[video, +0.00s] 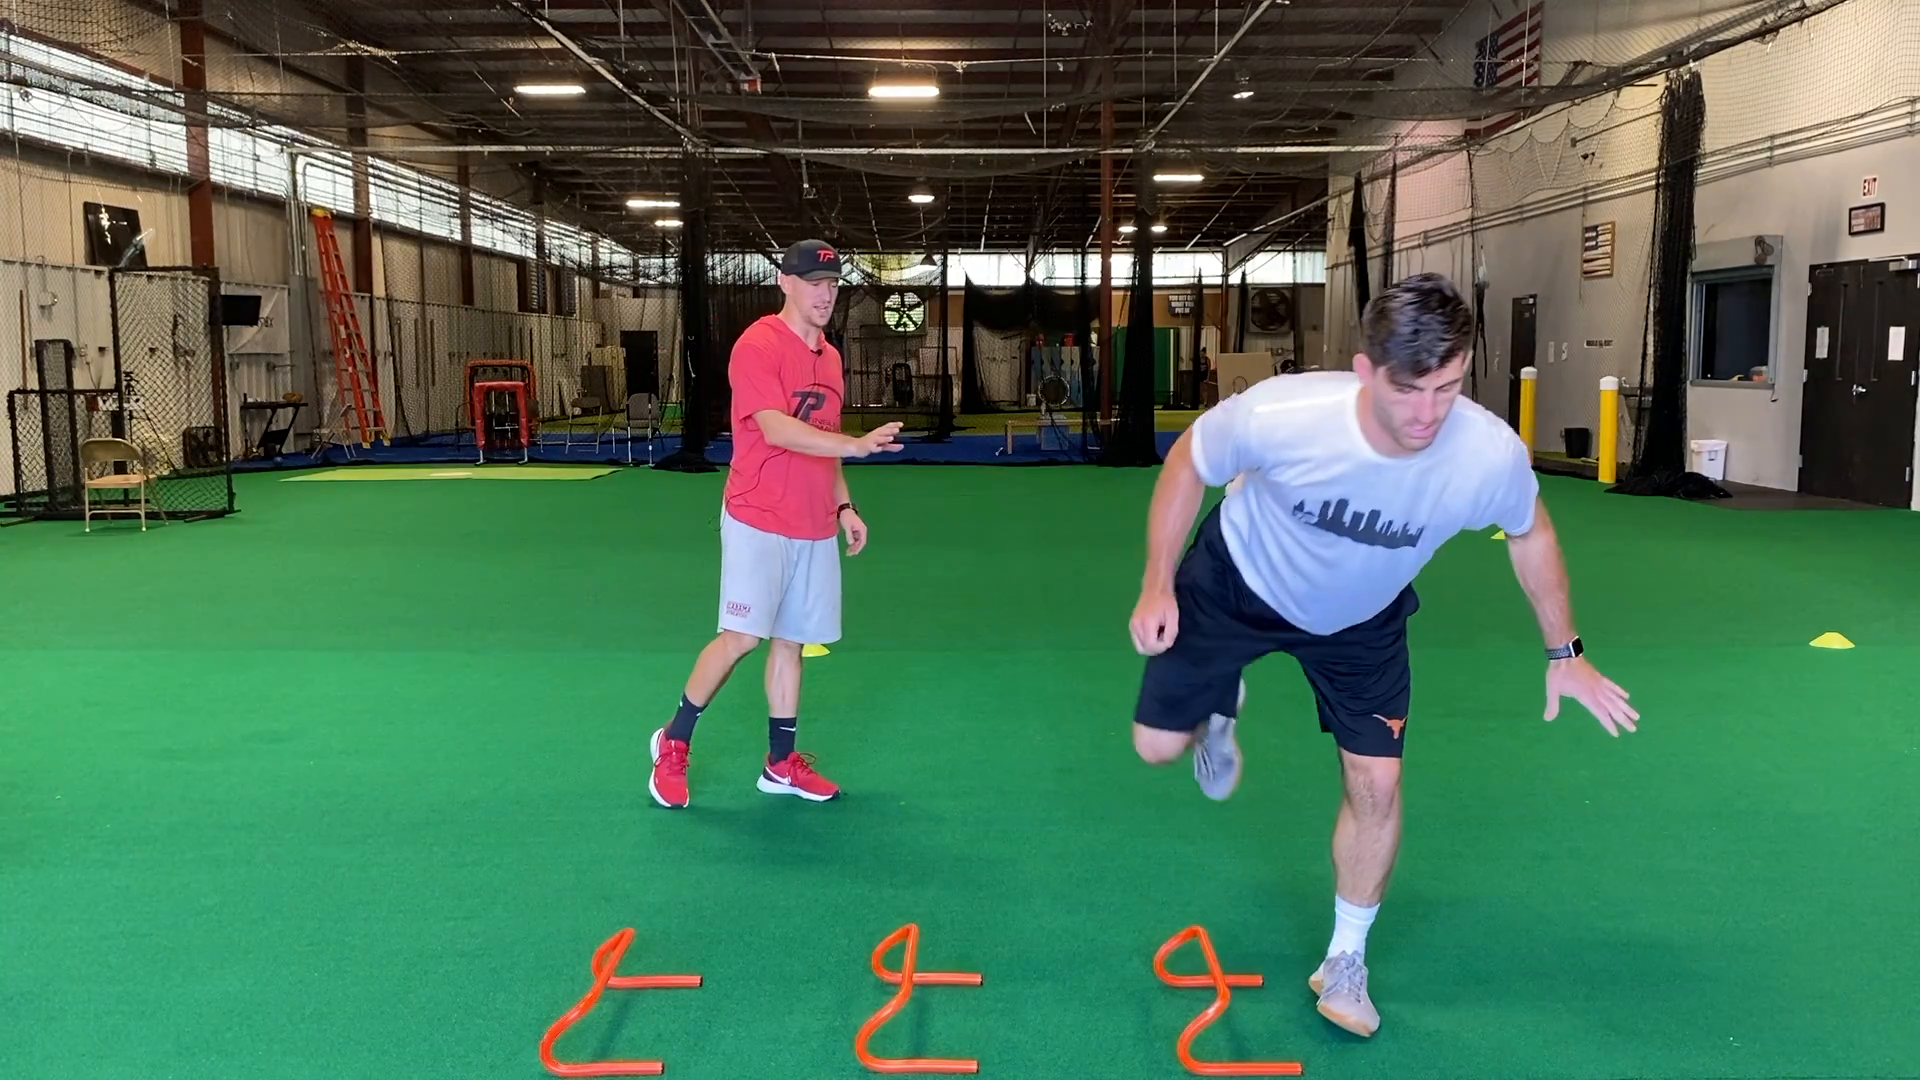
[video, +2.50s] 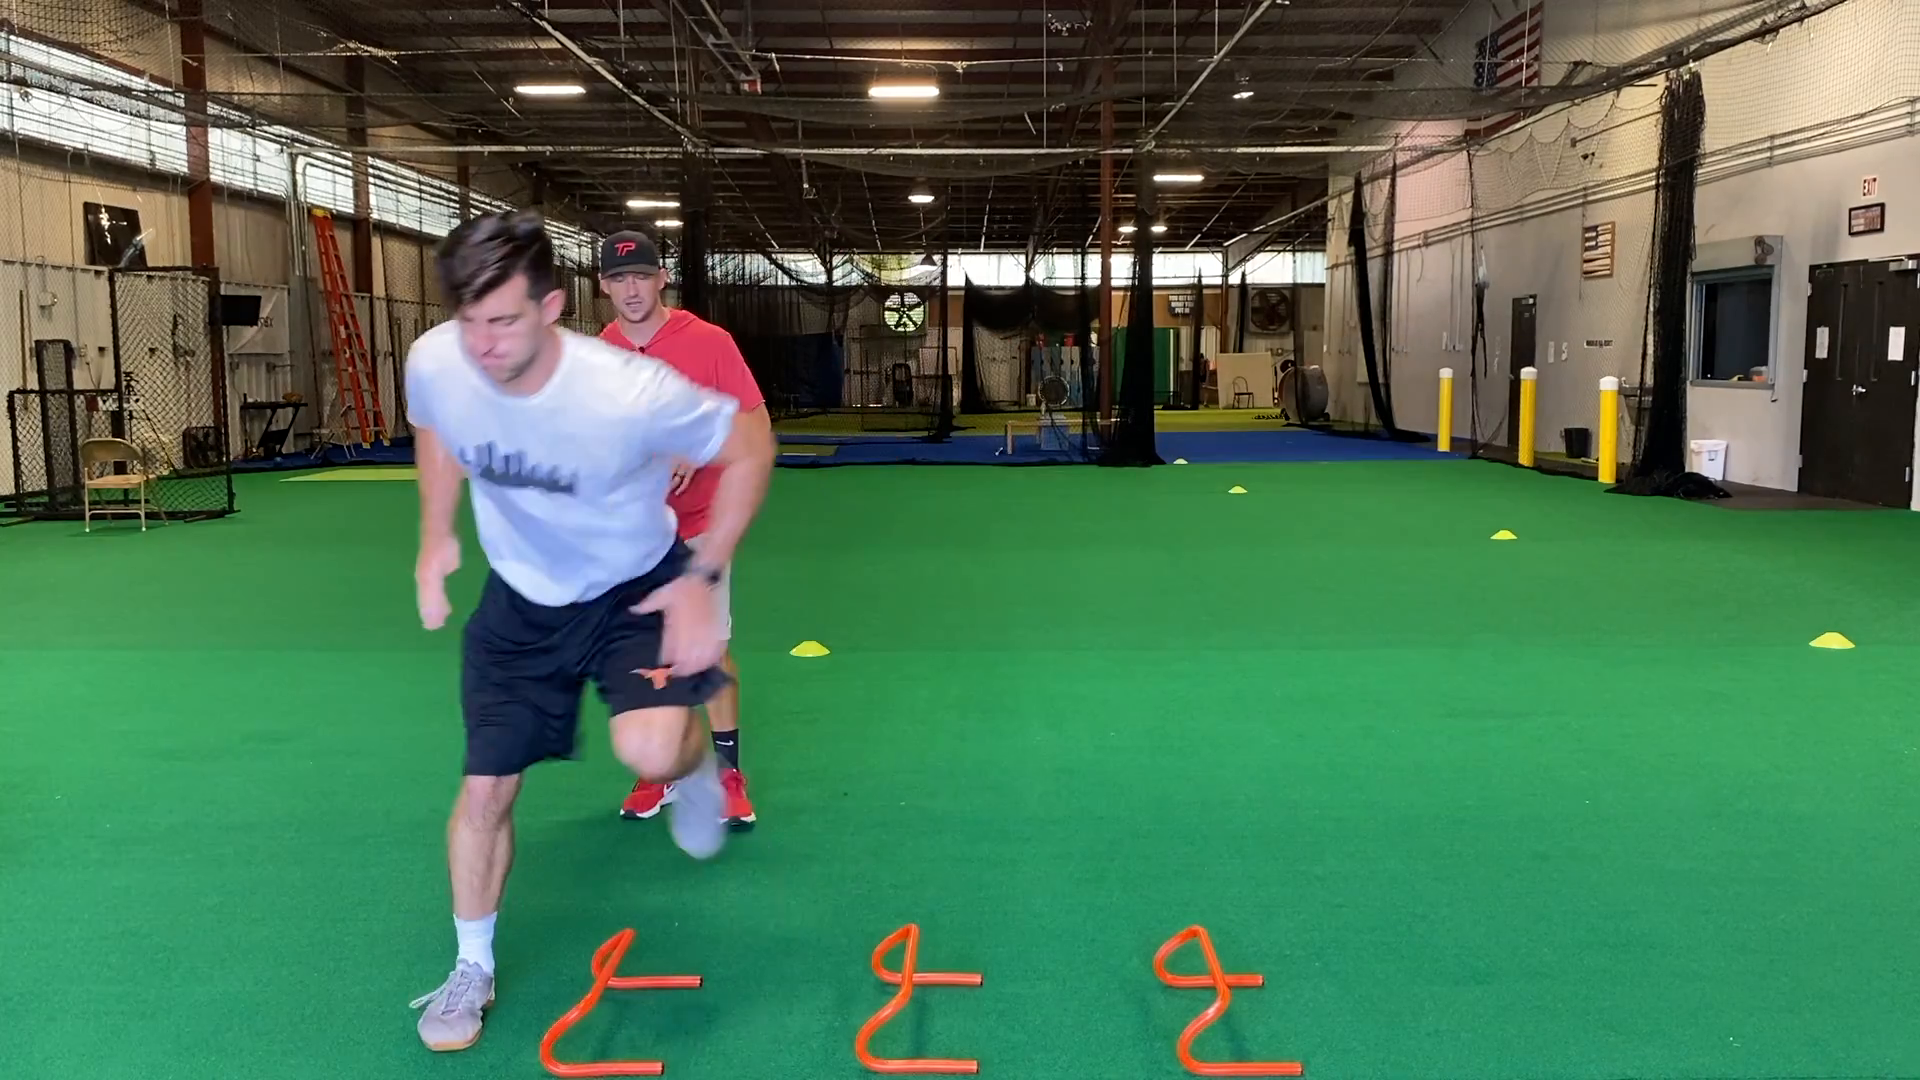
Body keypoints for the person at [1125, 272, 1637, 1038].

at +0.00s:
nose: (1427, 410)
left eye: (1444, 389)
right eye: (1408, 389)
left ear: (1463, 372)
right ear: (1364, 369)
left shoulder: (1491, 456)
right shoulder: (1277, 415)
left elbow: (1531, 533)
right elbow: (1189, 459)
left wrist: (1564, 651)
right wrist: (1157, 580)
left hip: (1363, 617)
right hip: (1237, 583)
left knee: (1377, 782)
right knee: (1155, 742)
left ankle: (1346, 959)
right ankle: (1218, 709)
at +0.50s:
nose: (1481, 393)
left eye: (1501, 372)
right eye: (1463, 369)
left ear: (1517, 359)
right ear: (1421, 346)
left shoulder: (1527, 445)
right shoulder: (1328, 386)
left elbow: (1544, 532)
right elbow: (1221, 426)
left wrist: (1553, 656)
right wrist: (1178, 552)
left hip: (1371, 602)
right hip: (1250, 548)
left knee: (1374, 772)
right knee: (1135, 695)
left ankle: (1334, 960)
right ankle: (1153, 706)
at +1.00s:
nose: (1400, 376)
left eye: (1421, 356)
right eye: (1383, 354)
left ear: (1442, 338)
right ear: (1344, 328)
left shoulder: (1471, 397)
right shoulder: (1262, 393)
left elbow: (1489, 456)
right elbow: (1167, 467)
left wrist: (1478, 535)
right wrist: (1218, 586)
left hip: (1345, 594)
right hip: (1223, 570)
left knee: (1341, 764)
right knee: (1179, 743)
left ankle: (1330, 957)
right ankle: (1208, 733)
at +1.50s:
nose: (1127, 305)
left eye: (1144, 285)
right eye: (1109, 286)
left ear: (1171, 269)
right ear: (1076, 270)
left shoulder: (1228, 331)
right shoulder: (1013, 347)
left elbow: (1294, 371)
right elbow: (981, 403)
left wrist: (1258, 493)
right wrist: (1007, 523)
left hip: (1200, 561)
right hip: (1074, 562)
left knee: (1261, 739)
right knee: (1047, 744)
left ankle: (1324, 915)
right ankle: (1030, 924)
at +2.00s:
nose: (790, 282)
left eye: (809, 264)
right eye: (775, 264)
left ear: (851, 252)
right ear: (755, 256)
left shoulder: (916, 330)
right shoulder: (711, 338)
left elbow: (1013, 358)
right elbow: (686, 435)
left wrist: (998, 488)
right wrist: (712, 507)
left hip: (893, 555)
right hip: (774, 573)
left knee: (950, 714)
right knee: (755, 781)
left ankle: (944, 818)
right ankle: (737, 953)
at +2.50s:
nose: (484, 341)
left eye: (504, 320)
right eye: (471, 320)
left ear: (553, 307)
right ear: (453, 311)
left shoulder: (630, 391)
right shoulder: (436, 364)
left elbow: (752, 438)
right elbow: (436, 432)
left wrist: (705, 567)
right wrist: (437, 539)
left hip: (638, 590)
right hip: (519, 597)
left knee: (649, 750)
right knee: (487, 784)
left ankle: (696, 762)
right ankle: (472, 969)